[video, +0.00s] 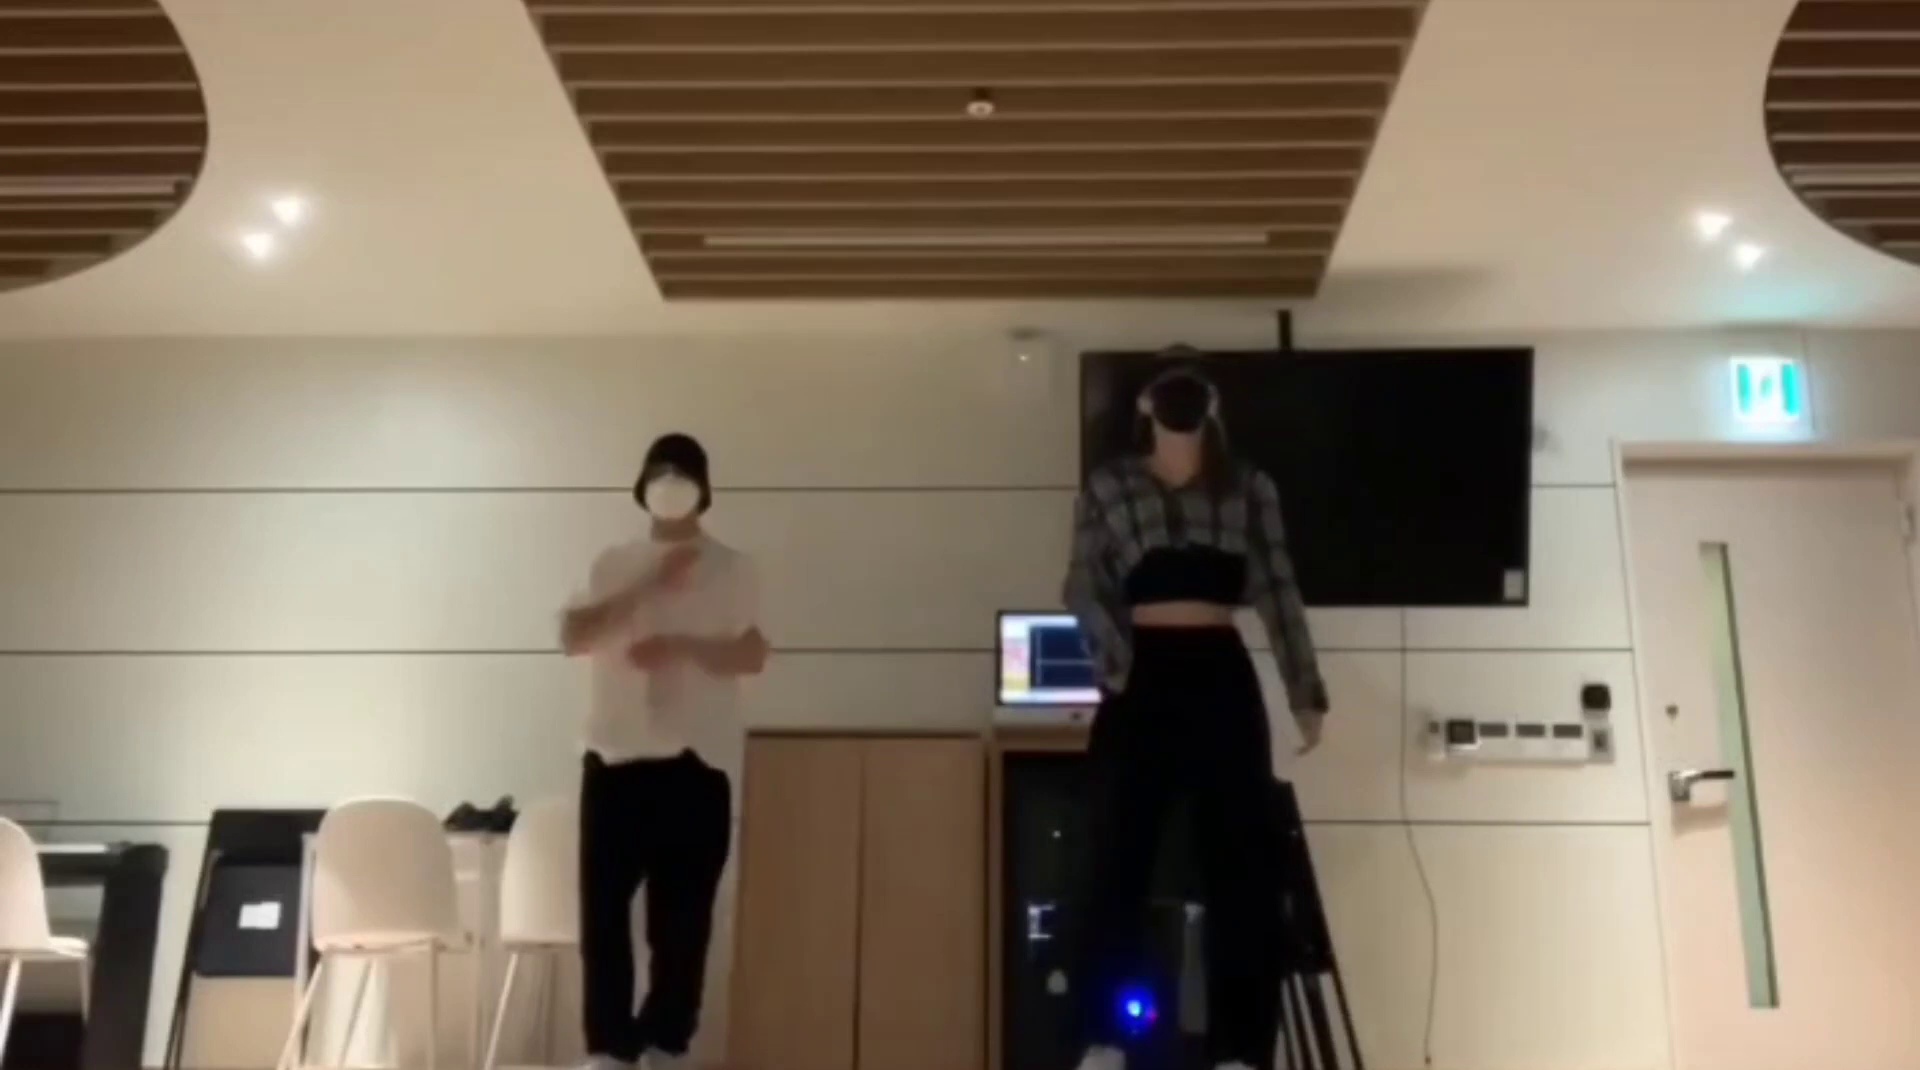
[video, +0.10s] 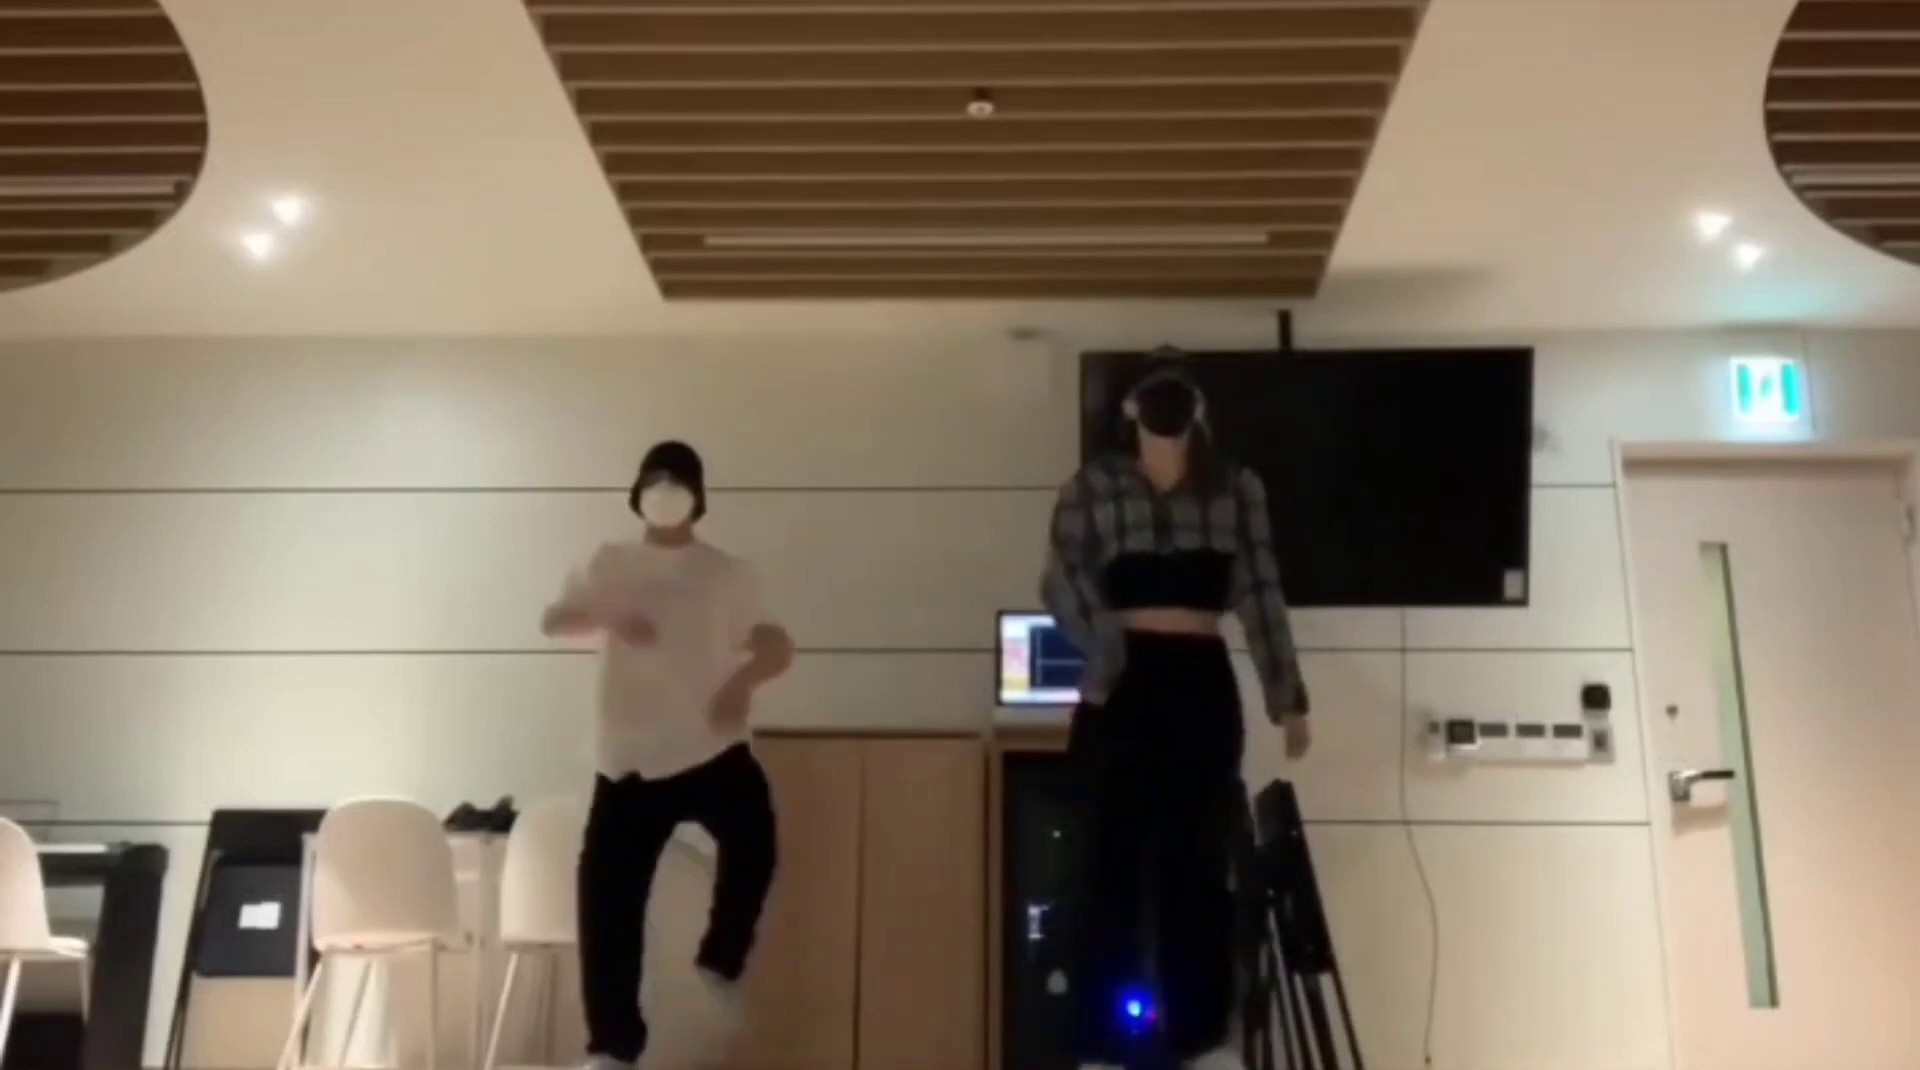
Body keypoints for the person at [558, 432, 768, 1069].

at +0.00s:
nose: (669, 491)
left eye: (683, 479)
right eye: (658, 479)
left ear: (704, 490)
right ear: (642, 489)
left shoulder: (733, 569)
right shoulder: (617, 563)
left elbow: (753, 655)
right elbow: (574, 636)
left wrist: (679, 647)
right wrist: (651, 584)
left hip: (698, 765)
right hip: (615, 763)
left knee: (681, 916)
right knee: (604, 914)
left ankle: (666, 1046)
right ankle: (608, 1047)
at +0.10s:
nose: (666, 495)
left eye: (680, 484)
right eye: (654, 484)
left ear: (699, 496)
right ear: (637, 495)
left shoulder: (731, 575)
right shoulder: (612, 565)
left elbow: (776, 647)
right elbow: (555, 621)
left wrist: (741, 683)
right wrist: (610, 617)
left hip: (716, 760)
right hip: (632, 768)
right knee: (606, 905)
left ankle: (720, 967)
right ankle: (613, 1044)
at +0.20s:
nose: (668, 504)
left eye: (682, 493)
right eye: (657, 493)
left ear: (701, 505)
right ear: (640, 503)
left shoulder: (735, 584)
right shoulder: (610, 577)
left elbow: (798, 642)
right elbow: (552, 619)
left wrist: (768, 665)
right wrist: (544, 661)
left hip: (721, 752)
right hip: (639, 766)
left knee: (775, 808)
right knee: (611, 904)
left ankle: (761, 937)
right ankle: (617, 1044)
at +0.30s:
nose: (680, 510)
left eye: (692, 500)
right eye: (667, 500)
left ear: (712, 512)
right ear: (649, 512)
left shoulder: (737, 587)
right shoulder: (623, 587)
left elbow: (797, 637)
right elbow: (547, 641)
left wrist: (773, 629)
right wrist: (468, 695)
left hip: (735, 758)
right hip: (655, 781)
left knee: (807, 799)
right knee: (622, 912)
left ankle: (820, 920)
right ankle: (620, 1048)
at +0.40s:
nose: (692, 519)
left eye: (704, 507)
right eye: (681, 507)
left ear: (724, 519)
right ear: (662, 519)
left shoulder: (754, 589)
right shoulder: (636, 601)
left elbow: (770, 653)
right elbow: (566, 669)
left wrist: (808, 602)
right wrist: (497, 726)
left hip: (769, 779)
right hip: (680, 793)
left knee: (847, 883)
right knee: (630, 920)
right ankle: (621, 1049)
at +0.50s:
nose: (691, 521)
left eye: (703, 510)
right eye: (680, 511)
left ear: (725, 521)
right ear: (664, 524)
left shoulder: (755, 589)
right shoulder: (645, 604)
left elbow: (779, 655)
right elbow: (581, 672)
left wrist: (827, 600)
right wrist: (520, 730)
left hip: (777, 790)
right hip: (688, 802)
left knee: (848, 899)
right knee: (626, 927)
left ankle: (936, 1014)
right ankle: (621, 1052)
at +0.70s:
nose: (700, 510)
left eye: (713, 497)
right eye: (687, 502)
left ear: (736, 508)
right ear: (676, 518)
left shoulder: (774, 563)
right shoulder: (687, 595)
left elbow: (862, 565)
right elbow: (693, 677)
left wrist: (951, 540)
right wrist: (672, 741)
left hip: (809, 780)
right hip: (726, 795)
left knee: (879, 908)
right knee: (669, 920)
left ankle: (952, 1043)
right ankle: (621, 1052)